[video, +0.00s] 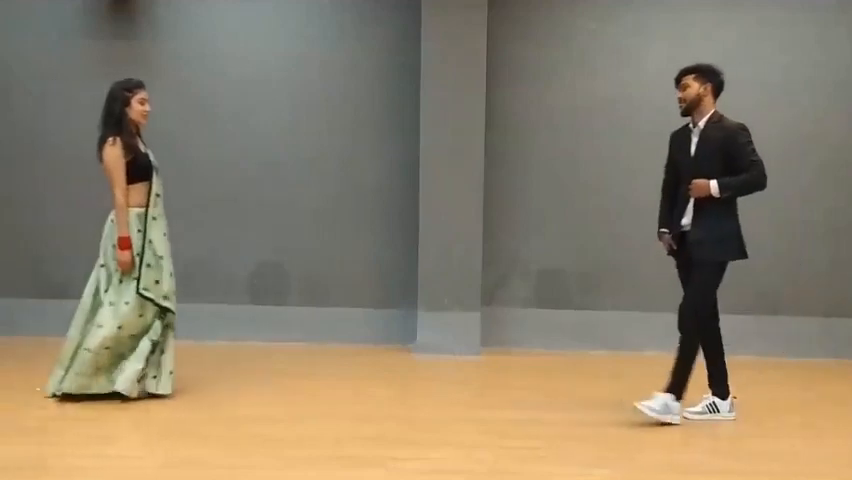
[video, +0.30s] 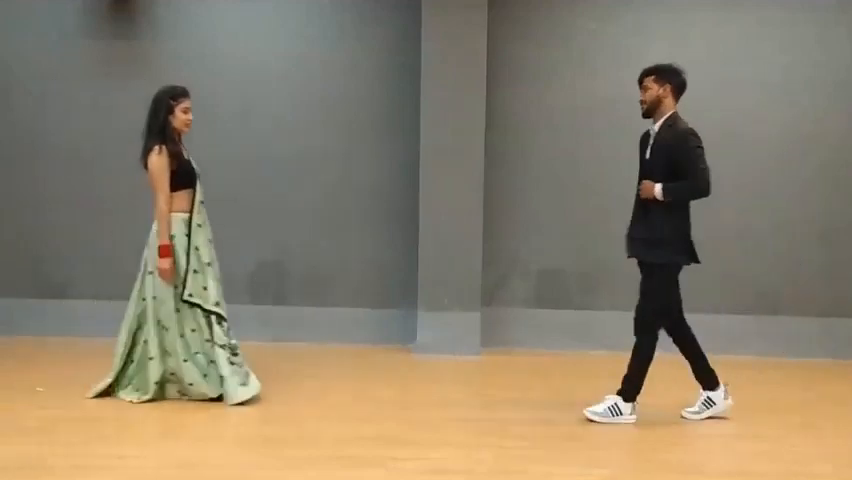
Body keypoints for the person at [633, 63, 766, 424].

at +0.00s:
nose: (678, 94)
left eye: (684, 87)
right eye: (678, 89)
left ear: (707, 89)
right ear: (695, 93)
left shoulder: (732, 132)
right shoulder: (679, 137)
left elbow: (757, 177)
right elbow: (671, 185)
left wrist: (715, 186)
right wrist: (665, 226)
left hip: (716, 238)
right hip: (685, 239)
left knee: (690, 312)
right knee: (705, 316)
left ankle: (672, 397)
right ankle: (721, 398)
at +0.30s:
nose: (640, 96)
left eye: (645, 88)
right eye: (640, 90)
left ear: (666, 90)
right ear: (660, 92)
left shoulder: (684, 135)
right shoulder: (649, 137)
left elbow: (701, 186)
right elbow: (651, 190)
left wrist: (661, 191)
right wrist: (639, 240)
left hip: (667, 246)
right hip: (650, 245)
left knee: (646, 321)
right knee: (672, 320)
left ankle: (626, 401)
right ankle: (714, 391)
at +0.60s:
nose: (603, 88)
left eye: (608, 81)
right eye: (604, 82)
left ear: (627, 83)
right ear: (626, 84)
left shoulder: (635, 125)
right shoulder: (626, 123)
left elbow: (632, 174)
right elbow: (623, 170)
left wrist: (594, 174)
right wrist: (597, 171)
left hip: (624, 242)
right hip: (613, 240)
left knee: (623, 315)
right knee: (595, 312)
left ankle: (623, 401)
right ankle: (633, 374)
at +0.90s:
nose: (563, 93)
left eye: (567, 85)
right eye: (563, 86)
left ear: (584, 86)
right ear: (586, 87)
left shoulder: (600, 121)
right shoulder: (585, 125)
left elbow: (625, 161)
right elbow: (595, 178)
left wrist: (592, 158)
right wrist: (569, 228)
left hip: (595, 240)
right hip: (578, 240)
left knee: (607, 320)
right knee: (557, 315)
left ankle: (622, 401)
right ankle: (524, 390)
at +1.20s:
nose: (508, 92)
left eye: (511, 84)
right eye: (509, 85)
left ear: (528, 84)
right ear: (527, 85)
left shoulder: (557, 115)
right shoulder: (527, 126)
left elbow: (590, 151)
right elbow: (528, 178)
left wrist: (571, 170)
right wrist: (513, 215)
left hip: (544, 232)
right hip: (519, 231)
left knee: (550, 320)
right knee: (517, 319)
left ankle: (604, 382)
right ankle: (507, 399)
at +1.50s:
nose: (465, 90)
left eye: (468, 82)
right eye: (466, 83)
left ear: (483, 82)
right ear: (485, 82)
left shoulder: (519, 112)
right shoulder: (483, 124)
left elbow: (552, 152)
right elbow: (485, 175)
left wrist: (544, 194)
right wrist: (473, 214)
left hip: (504, 225)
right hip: (487, 225)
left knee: (473, 312)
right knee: (499, 317)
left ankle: (486, 396)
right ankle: (508, 399)